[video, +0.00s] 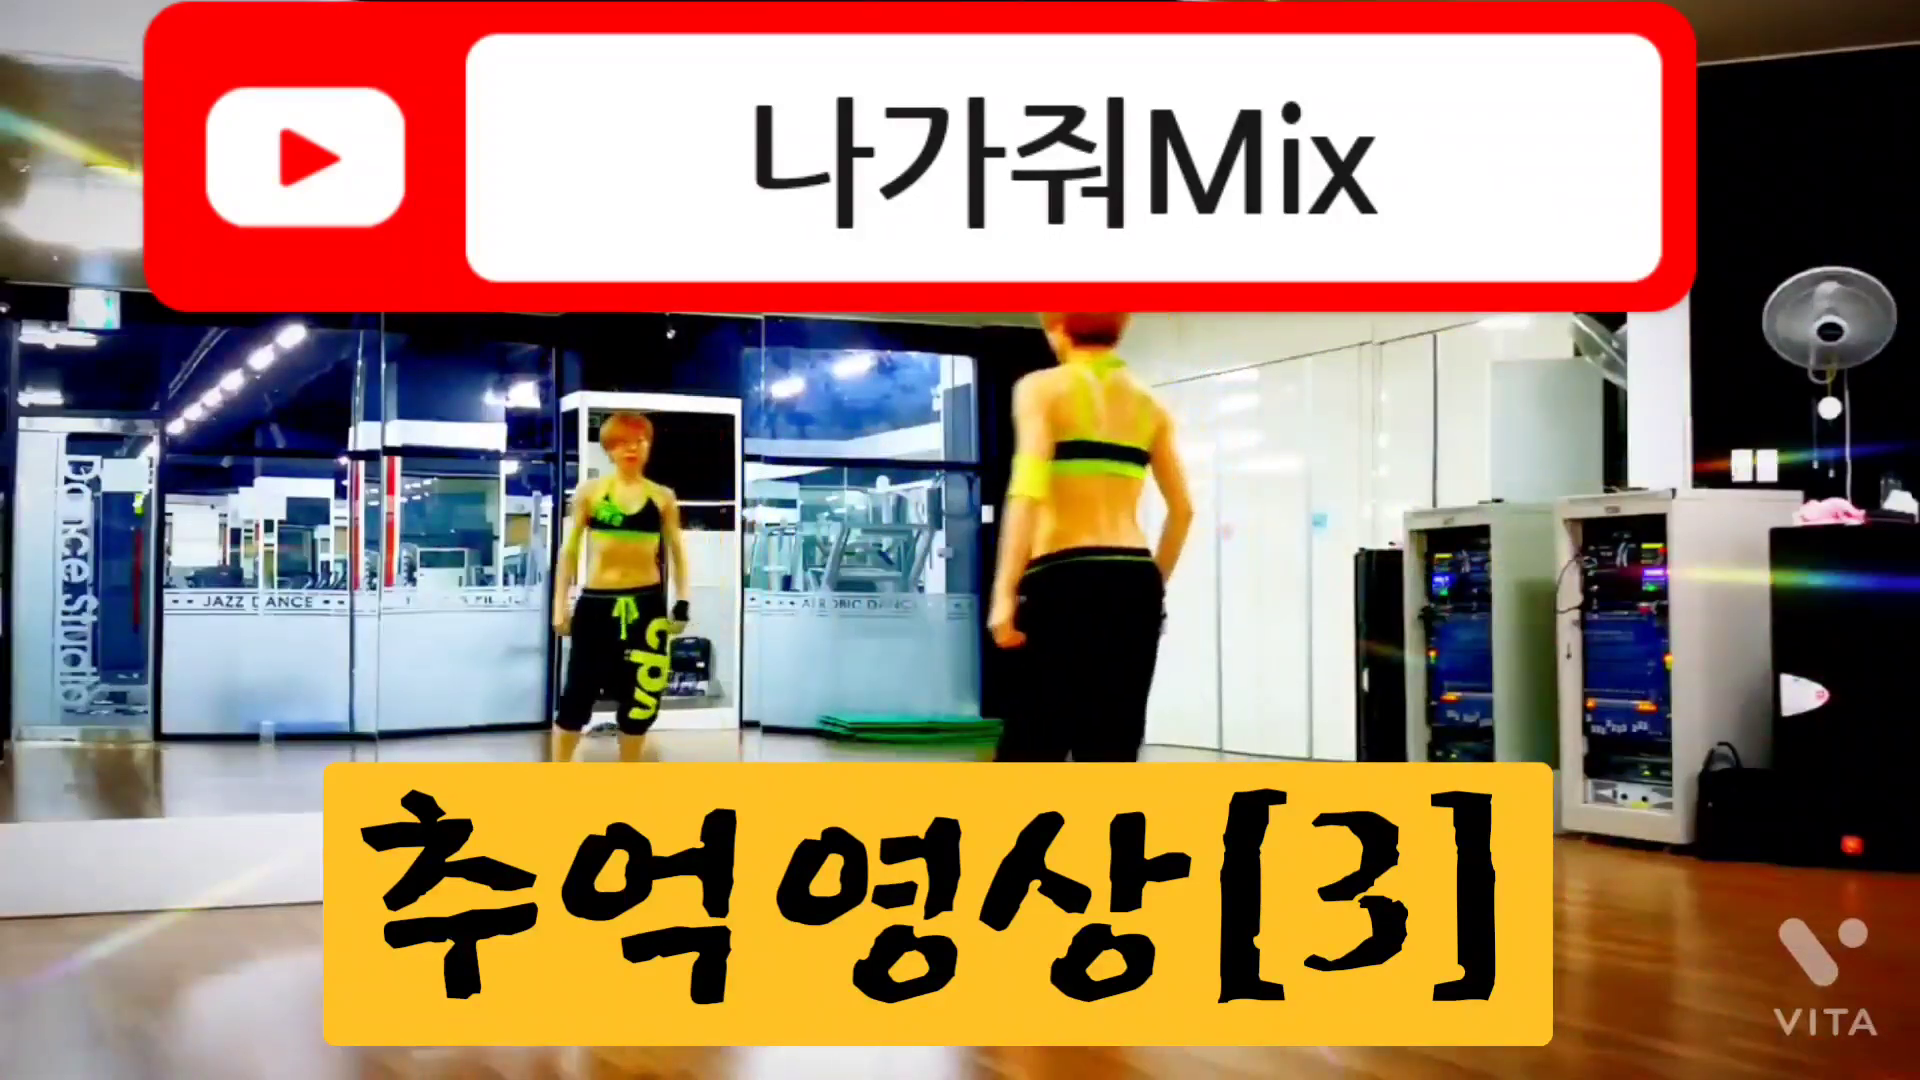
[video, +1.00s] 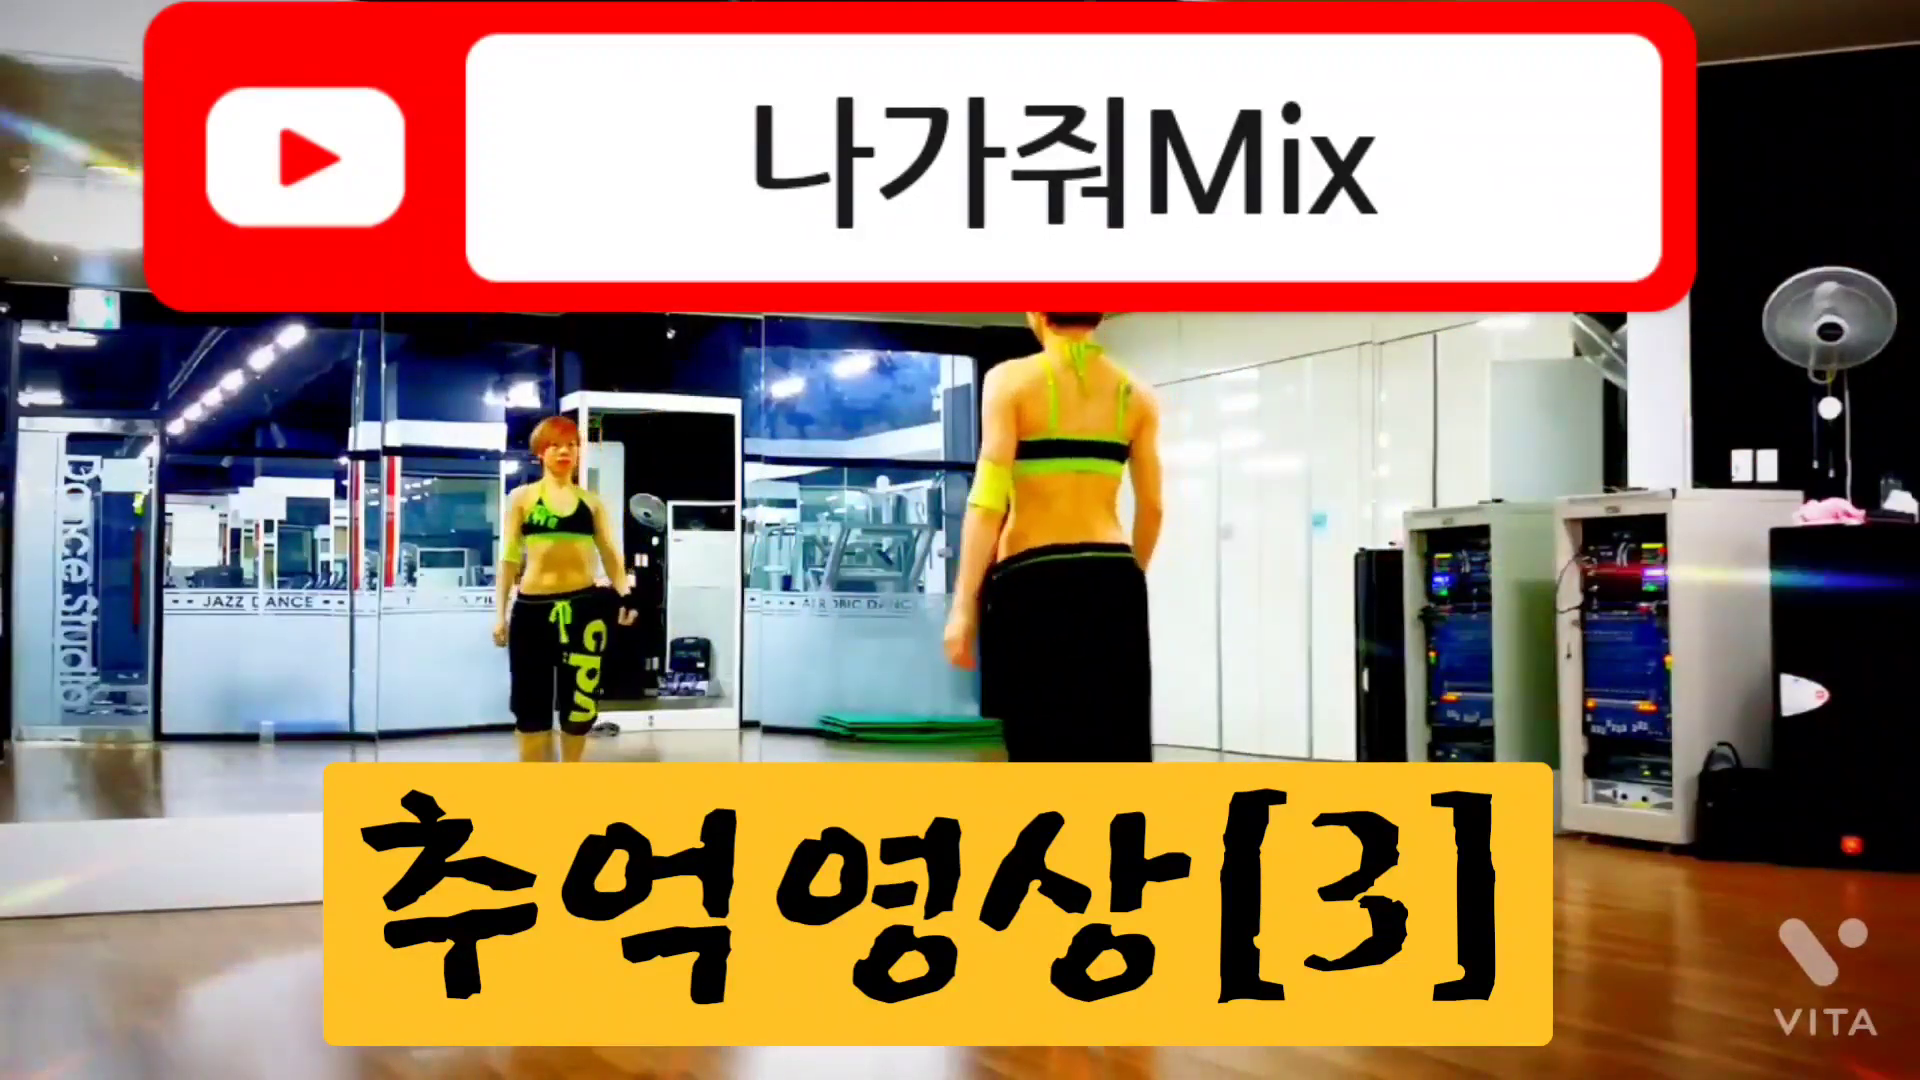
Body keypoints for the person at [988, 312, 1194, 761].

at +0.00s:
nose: (1049, 336)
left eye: (1049, 327)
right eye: (1050, 328)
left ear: (1059, 329)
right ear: (1116, 330)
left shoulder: (1039, 388)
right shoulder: (1147, 404)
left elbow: (1027, 493)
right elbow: (1181, 509)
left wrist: (1005, 591)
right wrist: (1154, 584)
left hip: (1061, 582)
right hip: (1133, 584)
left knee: (1037, 746)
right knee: (1113, 747)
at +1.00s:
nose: (1030, 319)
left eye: (1029, 313)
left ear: (1036, 315)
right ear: (1099, 318)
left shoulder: (1009, 380)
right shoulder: (1134, 395)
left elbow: (989, 500)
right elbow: (1151, 508)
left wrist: (964, 605)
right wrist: (1128, 579)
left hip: (1029, 586)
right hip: (1111, 583)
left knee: (1037, 753)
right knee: (1116, 749)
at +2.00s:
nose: (1024, 302)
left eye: (1025, 291)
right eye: (1033, 291)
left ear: (1032, 297)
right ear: (1101, 297)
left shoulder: (1007, 377)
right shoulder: (1136, 388)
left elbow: (985, 499)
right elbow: (1142, 504)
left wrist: (957, 599)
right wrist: (1130, 578)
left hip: (1027, 588)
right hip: (1113, 585)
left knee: (1044, 768)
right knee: (1116, 765)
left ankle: (1061, 939)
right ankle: (1104, 943)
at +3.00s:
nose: (1023, 304)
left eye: (1024, 293)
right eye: (1036, 292)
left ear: (1029, 299)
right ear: (1099, 298)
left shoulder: (1006, 377)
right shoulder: (1134, 391)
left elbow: (962, 473)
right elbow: (1140, 505)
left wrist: (961, 548)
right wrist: (1131, 577)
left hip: (1027, 587)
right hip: (1111, 585)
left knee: (1039, 765)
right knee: (1116, 766)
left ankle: (1061, 940)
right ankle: (1104, 945)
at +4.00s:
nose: (1031, 306)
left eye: (1031, 295)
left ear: (1033, 304)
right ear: (1103, 301)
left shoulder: (1005, 387)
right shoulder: (1136, 393)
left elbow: (990, 508)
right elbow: (1144, 506)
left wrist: (974, 606)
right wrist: (1124, 574)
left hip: (1025, 592)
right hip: (1110, 592)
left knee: (1039, 765)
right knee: (1114, 766)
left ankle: (1061, 940)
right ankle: (1104, 943)